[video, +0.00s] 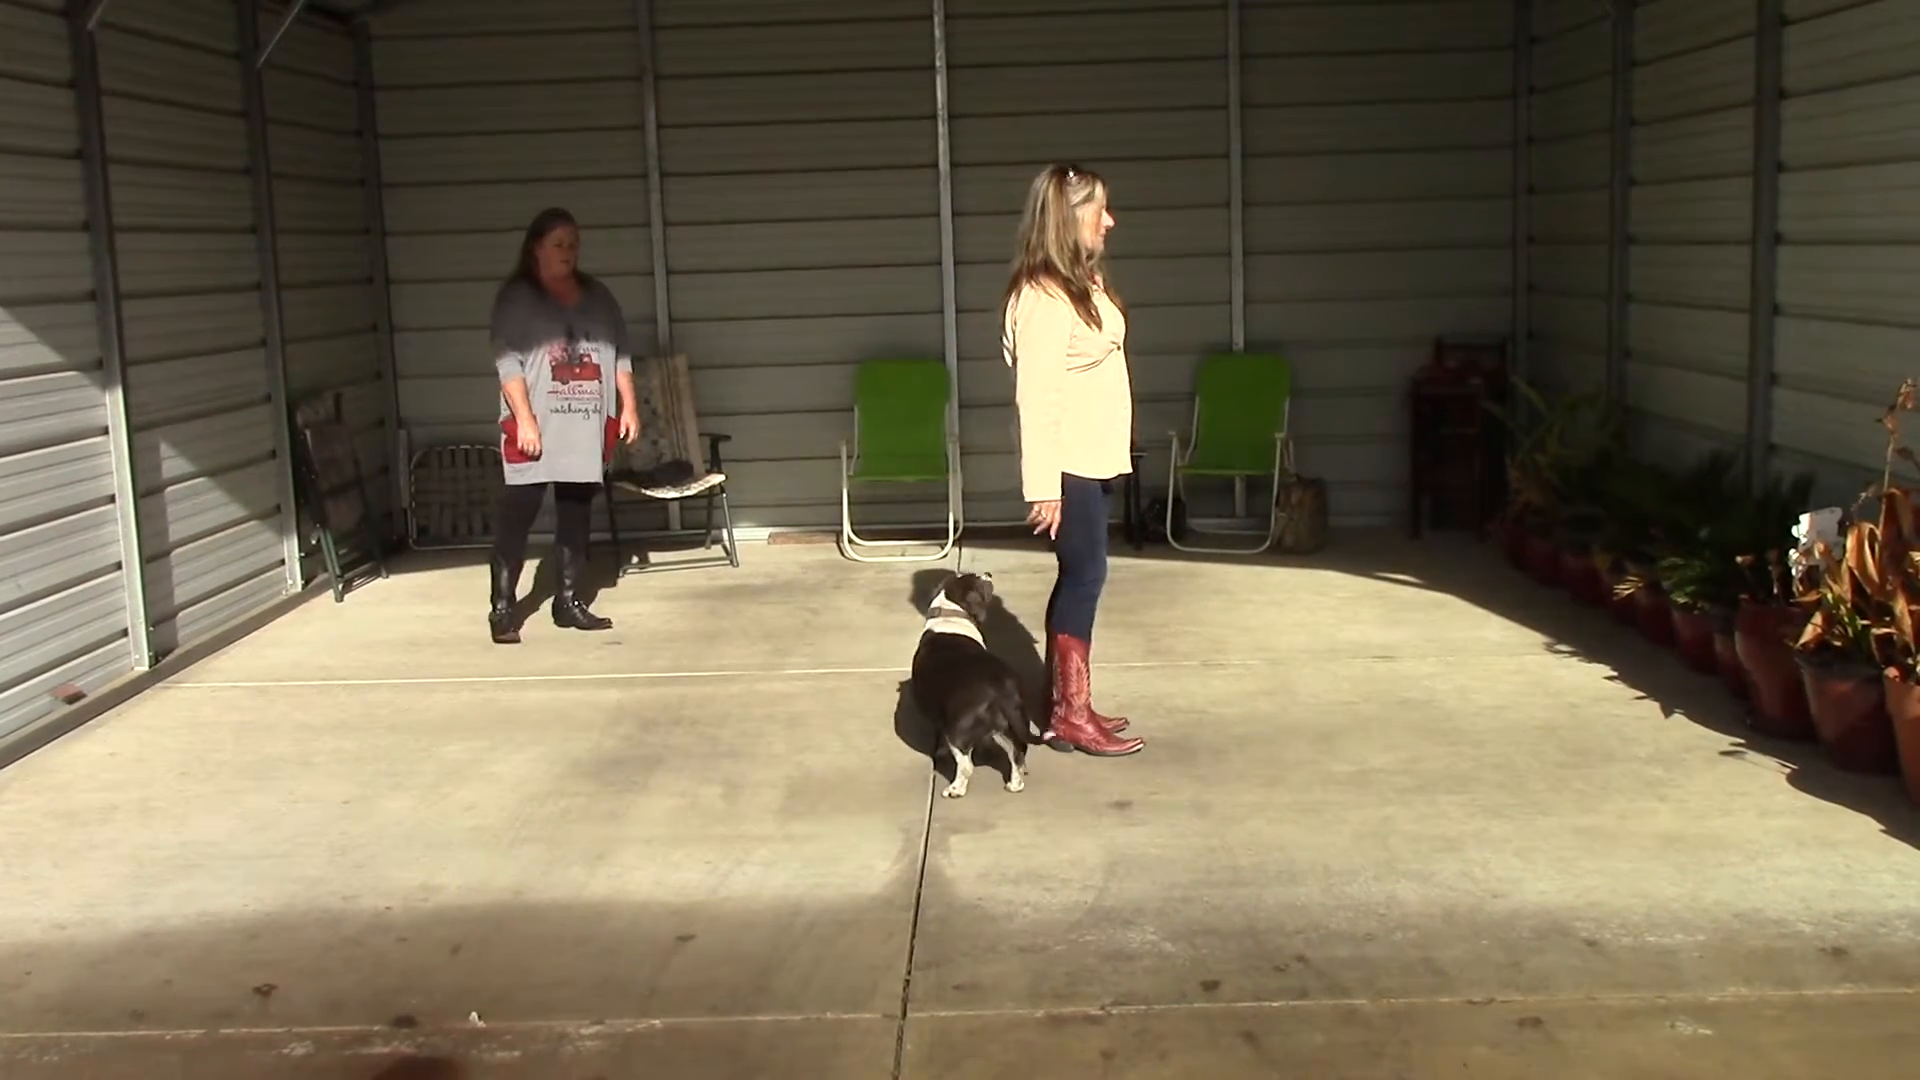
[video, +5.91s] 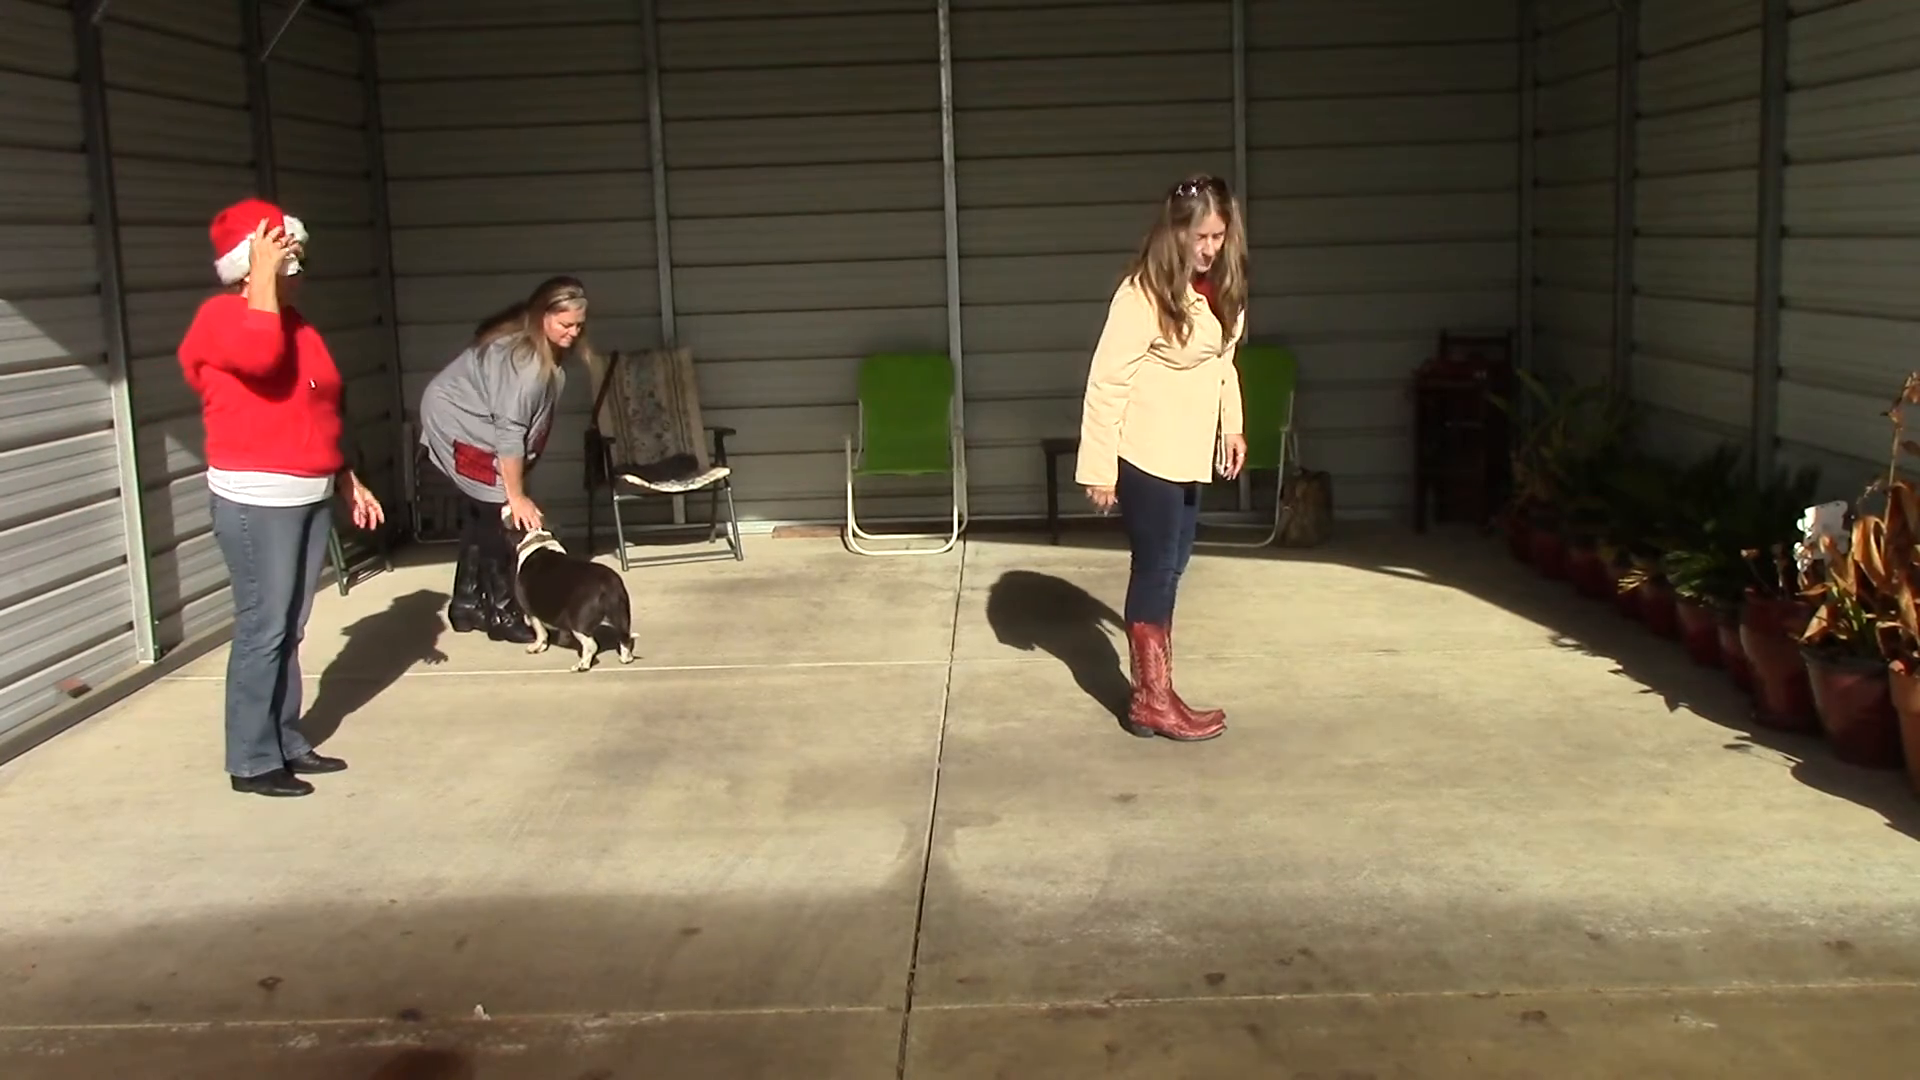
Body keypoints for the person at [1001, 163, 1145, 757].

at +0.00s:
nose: (1108, 222)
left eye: (1106, 211)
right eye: (1098, 212)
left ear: (1076, 220)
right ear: (1068, 217)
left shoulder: (1084, 286)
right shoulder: (1041, 297)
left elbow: (1091, 386)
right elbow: (1035, 399)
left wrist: (1106, 460)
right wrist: (1043, 486)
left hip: (1094, 460)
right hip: (1068, 464)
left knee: (1078, 574)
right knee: (1085, 574)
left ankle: (1068, 704)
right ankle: (1069, 714)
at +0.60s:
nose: (1142, 219)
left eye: (1137, 207)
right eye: (1136, 209)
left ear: (1082, 216)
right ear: (1122, 217)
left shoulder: (1097, 285)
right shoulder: (1096, 292)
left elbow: (1117, 394)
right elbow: (1102, 400)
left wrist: (1140, 471)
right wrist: (1132, 482)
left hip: (1105, 452)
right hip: (1080, 458)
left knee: (1125, 560)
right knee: (1081, 573)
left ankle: (1117, 693)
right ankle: (1069, 712)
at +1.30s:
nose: (1183, 216)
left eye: (1179, 204)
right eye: (1175, 206)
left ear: (1124, 214)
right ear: (1155, 214)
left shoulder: (1127, 282)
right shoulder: (1137, 290)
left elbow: (1149, 385)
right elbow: (1146, 390)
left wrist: (1184, 459)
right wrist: (1179, 465)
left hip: (1130, 451)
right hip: (1137, 453)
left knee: (1147, 564)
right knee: (1171, 564)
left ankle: (1149, 694)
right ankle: (1100, 690)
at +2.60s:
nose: (1219, 209)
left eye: (1216, 199)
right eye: (1211, 200)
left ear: (1166, 209)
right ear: (1185, 210)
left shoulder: (1148, 277)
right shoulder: (1168, 282)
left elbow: (1175, 367)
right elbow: (1174, 370)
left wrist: (1232, 387)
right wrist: (1235, 397)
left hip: (1149, 443)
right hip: (1170, 443)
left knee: (1163, 559)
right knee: (1196, 560)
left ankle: (1147, 690)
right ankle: (1156, 697)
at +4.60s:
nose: (1203, 211)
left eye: (1202, 201)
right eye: (1191, 202)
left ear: (1174, 210)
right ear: (1159, 208)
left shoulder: (1169, 275)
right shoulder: (1147, 278)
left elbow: (1184, 375)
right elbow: (1158, 379)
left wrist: (1210, 452)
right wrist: (1197, 454)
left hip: (1171, 442)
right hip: (1154, 443)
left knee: (1169, 558)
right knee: (1167, 559)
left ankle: (1156, 692)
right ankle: (1152, 696)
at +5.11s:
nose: (1174, 238)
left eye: (1184, 228)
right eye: (1164, 226)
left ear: (1196, 226)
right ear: (1142, 223)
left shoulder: (1191, 280)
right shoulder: (1126, 284)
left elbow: (1206, 371)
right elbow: (1106, 379)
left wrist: (1216, 439)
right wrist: (1109, 462)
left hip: (1187, 445)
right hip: (1150, 447)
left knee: (1170, 560)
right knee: (1165, 560)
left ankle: (1158, 694)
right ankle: (1149, 698)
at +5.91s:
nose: (1210, 248)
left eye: (1218, 237)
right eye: (1201, 236)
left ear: (1228, 236)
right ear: (1175, 233)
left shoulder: (1218, 292)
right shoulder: (1141, 294)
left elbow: (1226, 366)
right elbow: (1105, 382)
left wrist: (1232, 427)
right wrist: (1098, 465)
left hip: (1189, 455)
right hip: (1145, 452)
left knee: (1172, 564)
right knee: (1154, 564)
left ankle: (1159, 693)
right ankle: (1149, 698)